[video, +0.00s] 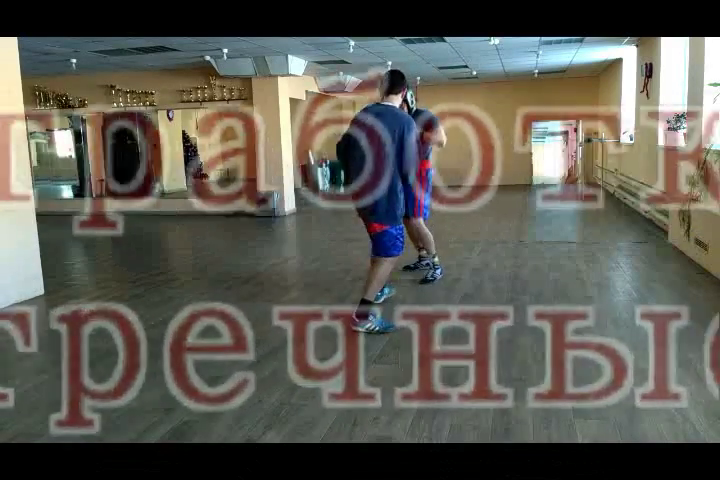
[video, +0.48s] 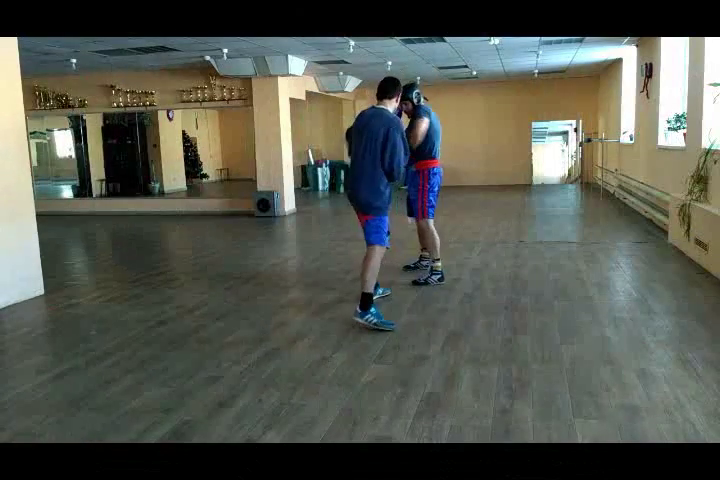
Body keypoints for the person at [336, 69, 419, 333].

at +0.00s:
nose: (403, 97)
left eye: (382, 86)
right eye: (405, 94)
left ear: (381, 89)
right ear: (403, 93)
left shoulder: (364, 114)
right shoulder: (405, 121)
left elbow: (345, 148)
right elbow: (407, 167)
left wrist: (354, 180)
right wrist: (411, 190)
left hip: (362, 191)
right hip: (388, 195)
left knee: (379, 245)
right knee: (389, 254)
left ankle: (376, 289)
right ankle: (364, 312)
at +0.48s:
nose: (401, 103)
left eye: (400, 99)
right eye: (401, 99)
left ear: (378, 95)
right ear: (397, 98)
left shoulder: (362, 117)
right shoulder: (392, 123)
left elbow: (353, 150)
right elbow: (396, 165)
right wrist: (398, 181)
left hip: (355, 185)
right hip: (374, 188)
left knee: (377, 238)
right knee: (377, 245)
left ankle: (370, 287)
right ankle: (365, 308)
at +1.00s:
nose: (391, 102)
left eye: (391, 98)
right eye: (392, 97)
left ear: (369, 92)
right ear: (388, 96)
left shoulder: (351, 116)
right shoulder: (380, 123)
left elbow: (338, 151)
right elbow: (384, 169)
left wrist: (358, 166)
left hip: (350, 188)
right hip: (369, 192)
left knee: (375, 233)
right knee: (363, 248)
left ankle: (374, 280)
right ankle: (335, 302)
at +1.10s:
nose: (389, 100)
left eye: (389, 95)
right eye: (391, 95)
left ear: (367, 91)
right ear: (386, 94)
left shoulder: (351, 115)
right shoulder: (381, 122)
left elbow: (338, 150)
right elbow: (386, 168)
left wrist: (355, 167)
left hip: (351, 187)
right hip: (371, 191)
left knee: (376, 231)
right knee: (361, 247)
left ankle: (377, 278)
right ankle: (335, 302)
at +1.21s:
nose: (391, 100)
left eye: (390, 96)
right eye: (391, 96)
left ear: (368, 93)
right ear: (387, 95)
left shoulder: (353, 118)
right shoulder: (383, 123)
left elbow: (345, 155)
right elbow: (391, 168)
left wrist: (357, 174)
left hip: (354, 188)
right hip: (373, 192)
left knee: (378, 235)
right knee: (360, 248)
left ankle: (384, 279)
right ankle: (335, 301)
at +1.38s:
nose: (398, 102)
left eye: (398, 98)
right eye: (399, 98)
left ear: (377, 95)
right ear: (394, 98)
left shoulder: (364, 117)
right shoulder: (383, 123)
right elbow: (386, 167)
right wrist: (392, 171)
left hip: (363, 187)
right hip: (371, 192)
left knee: (391, 234)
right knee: (362, 244)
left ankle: (387, 280)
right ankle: (337, 299)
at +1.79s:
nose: (392, 98)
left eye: (393, 94)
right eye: (392, 93)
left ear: (372, 90)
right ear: (386, 92)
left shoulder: (365, 111)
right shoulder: (369, 115)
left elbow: (379, 128)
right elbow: (371, 159)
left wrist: (399, 114)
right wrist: (389, 153)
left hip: (372, 189)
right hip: (363, 191)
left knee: (383, 233)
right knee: (365, 238)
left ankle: (387, 280)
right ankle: (330, 282)